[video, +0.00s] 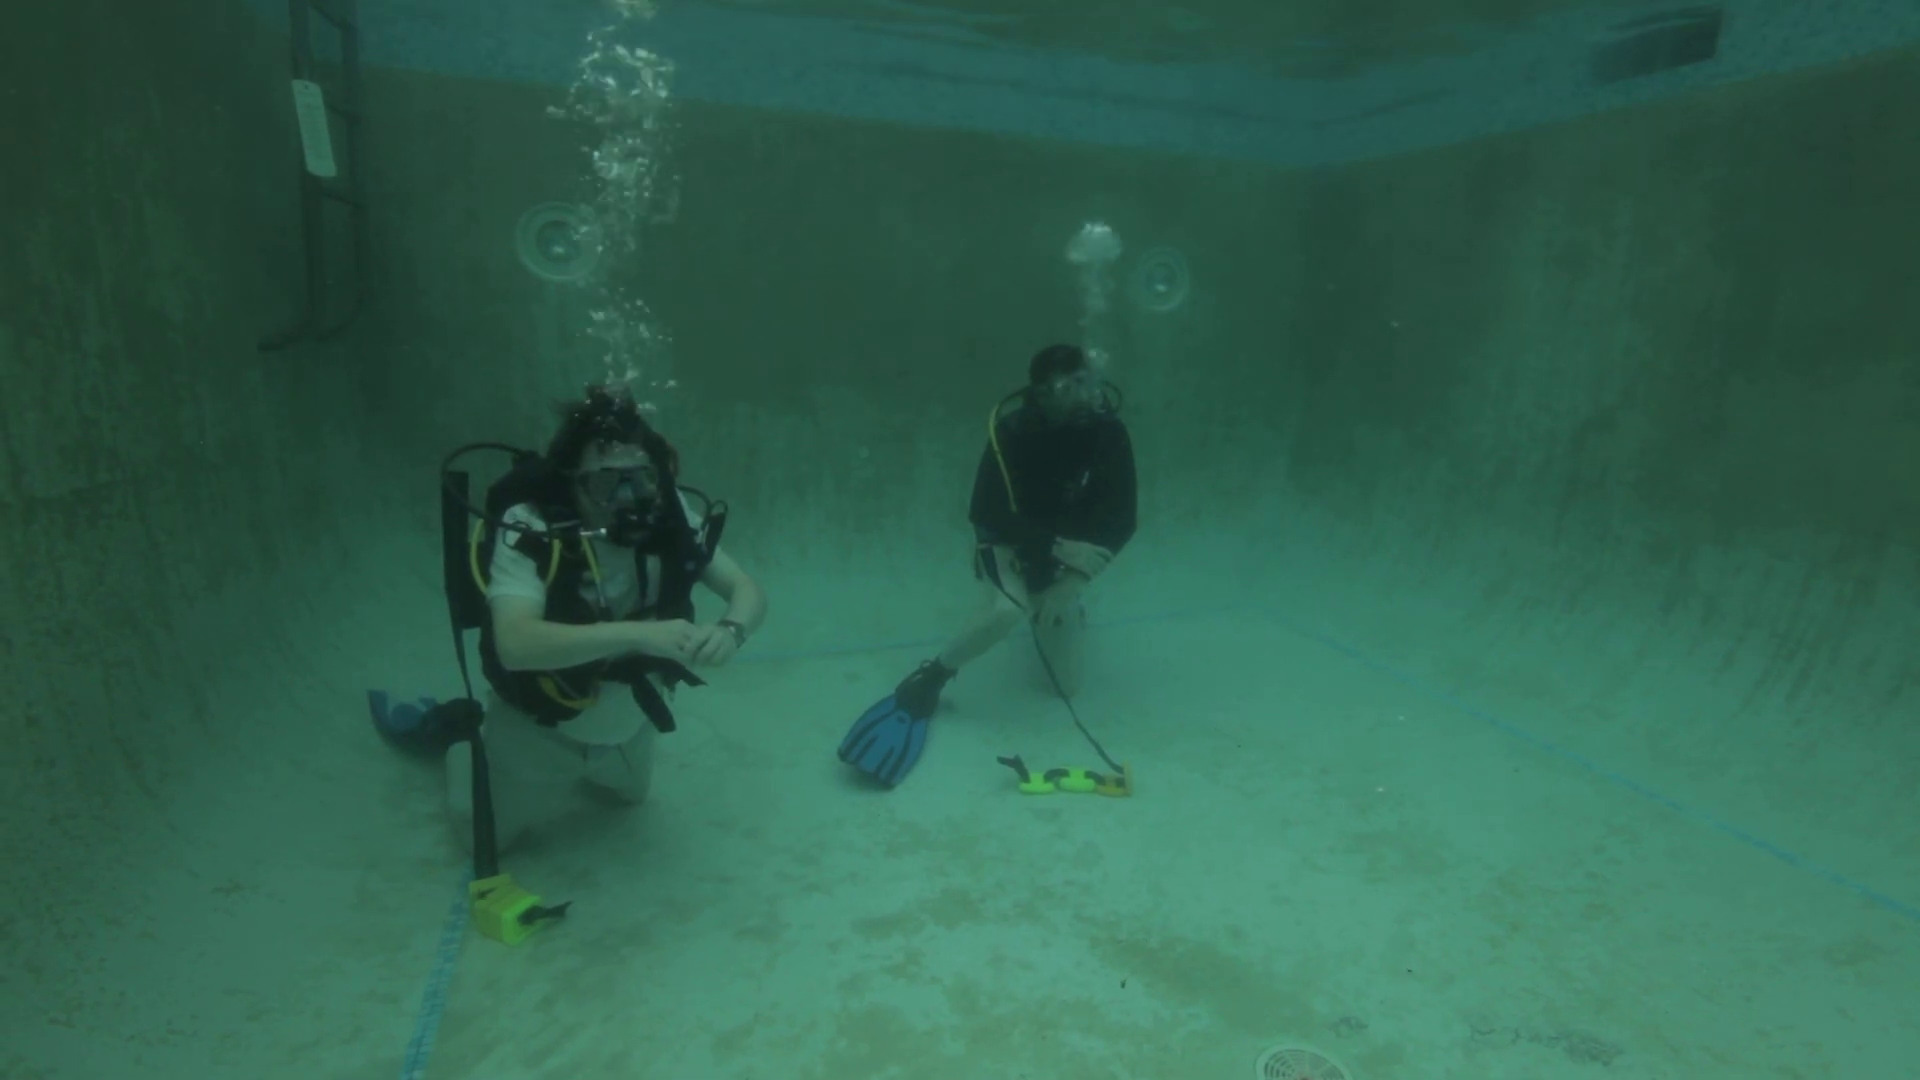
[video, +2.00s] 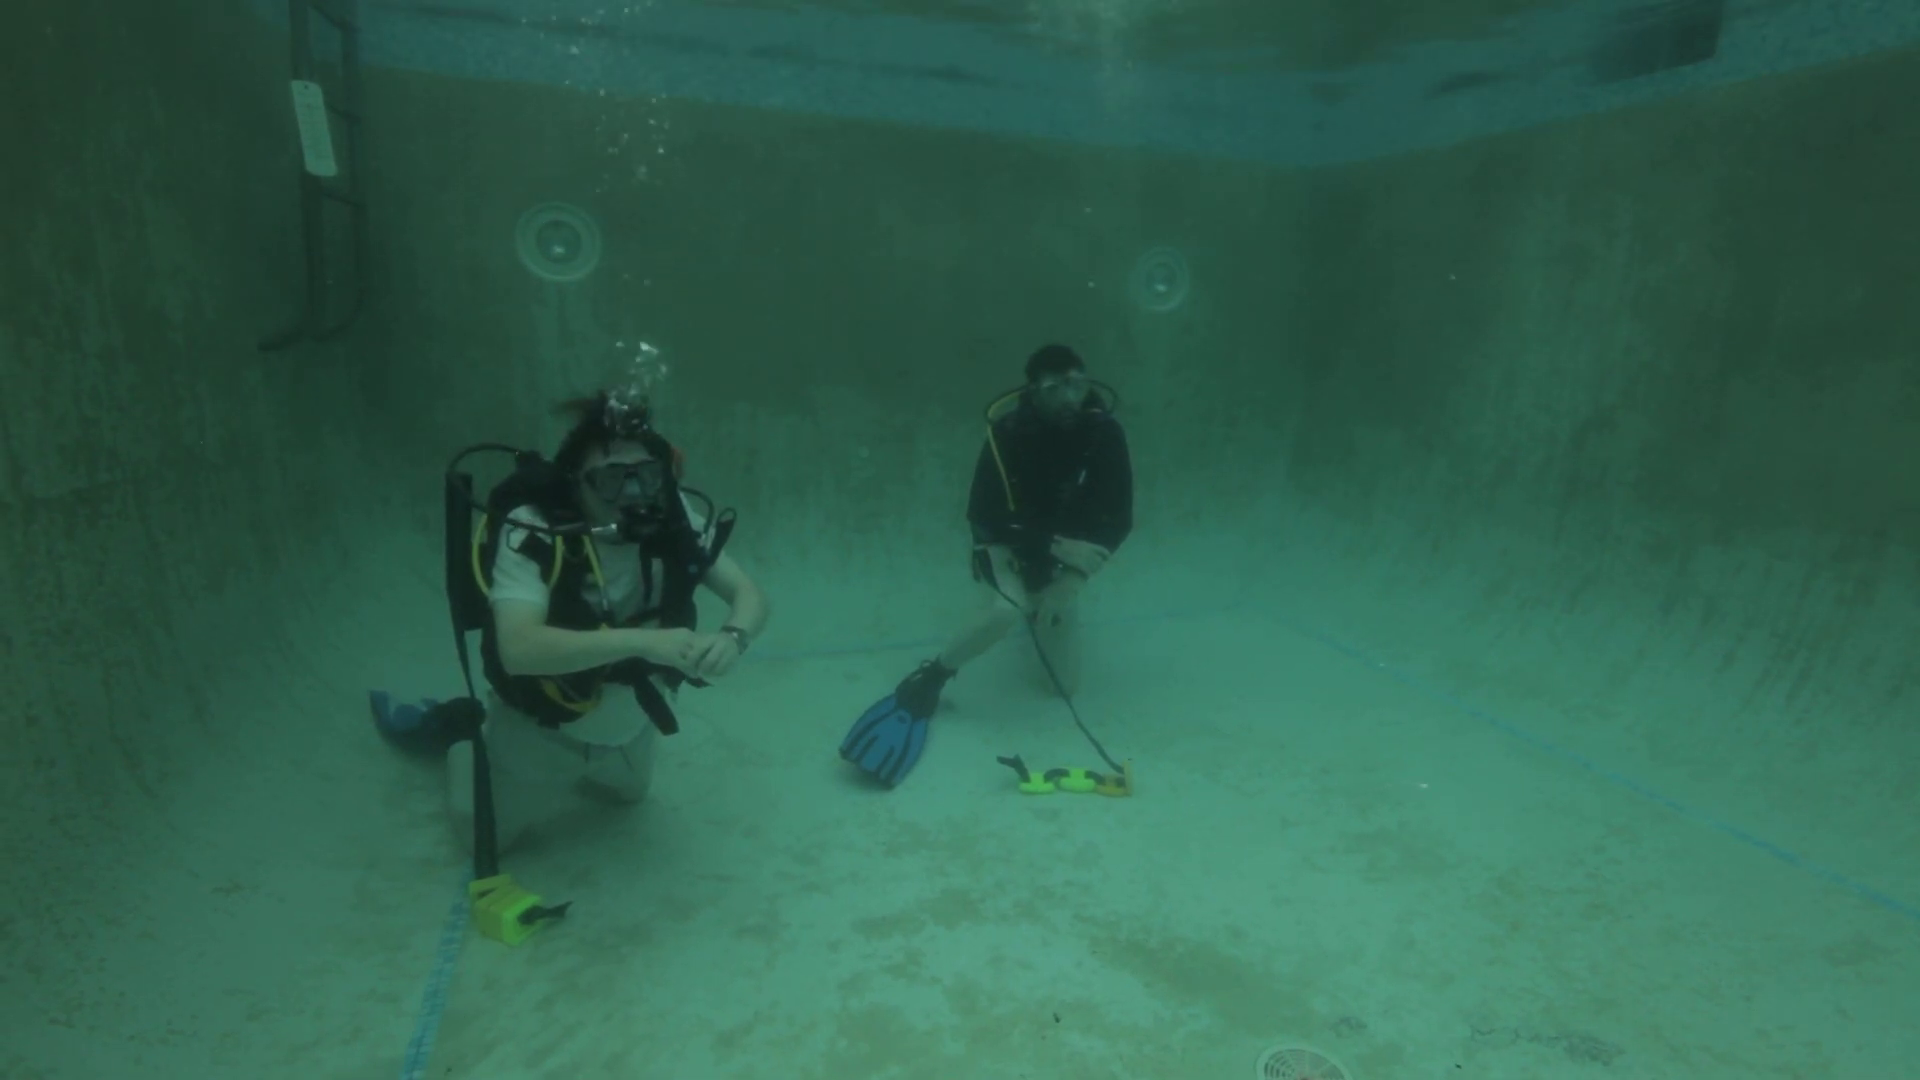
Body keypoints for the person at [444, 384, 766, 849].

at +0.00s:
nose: (624, 498)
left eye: (636, 480)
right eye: (605, 483)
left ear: (658, 477)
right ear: (572, 482)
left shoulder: (670, 517)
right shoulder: (528, 525)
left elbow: (746, 590)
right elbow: (515, 644)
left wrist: (732, 629)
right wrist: (642, 636)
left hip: (627, 708)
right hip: (539, 716)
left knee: (629, 787)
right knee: (485, 835)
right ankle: (460, 729)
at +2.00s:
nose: (630, 495)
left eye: (643, 478)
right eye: (611, 479)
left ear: (663, 476)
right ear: (576, 479)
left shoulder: (673, 519)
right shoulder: (531, 527)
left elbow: (748, 593)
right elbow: (518, 649)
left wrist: (734, 636)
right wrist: (648, 643)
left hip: (627, 712)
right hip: (539, 719)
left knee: (628, 786)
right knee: (485, 836)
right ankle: (462, 728)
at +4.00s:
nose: (648, 503)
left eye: (652, 483)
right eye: (628, 492)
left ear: (660, 473)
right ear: (579, 497)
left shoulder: (659, 517)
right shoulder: (522, 528)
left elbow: (743, 587)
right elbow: (513, 643)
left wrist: (728, 628)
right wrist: (640, 633)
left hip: (626, 715)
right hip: (537, 723)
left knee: (628, 788)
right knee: (490, 836)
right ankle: (462, 729)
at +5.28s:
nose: (633, 494)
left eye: (636, 475)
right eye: (612, 483)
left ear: (643, 466)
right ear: (563, 489)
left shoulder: (649, 513)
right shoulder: (508, 529)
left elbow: (720, 586)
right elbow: (544, 628)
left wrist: (731, 631)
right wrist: (654, 568)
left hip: (626, 712)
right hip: (538, 723)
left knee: (627, 787)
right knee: (500, 834)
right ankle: (463, 731)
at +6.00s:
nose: (633, 484)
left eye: (631, 468)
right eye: (616, 475)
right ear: (570, 486)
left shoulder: (642, 513)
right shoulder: (502, 534)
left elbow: (710, 583)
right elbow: (585, 595)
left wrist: (721, 634)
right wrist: (681, 546)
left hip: (623, 704)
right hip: (535, 718)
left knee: (625, 788)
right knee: (499, 832)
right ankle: (455, 732)